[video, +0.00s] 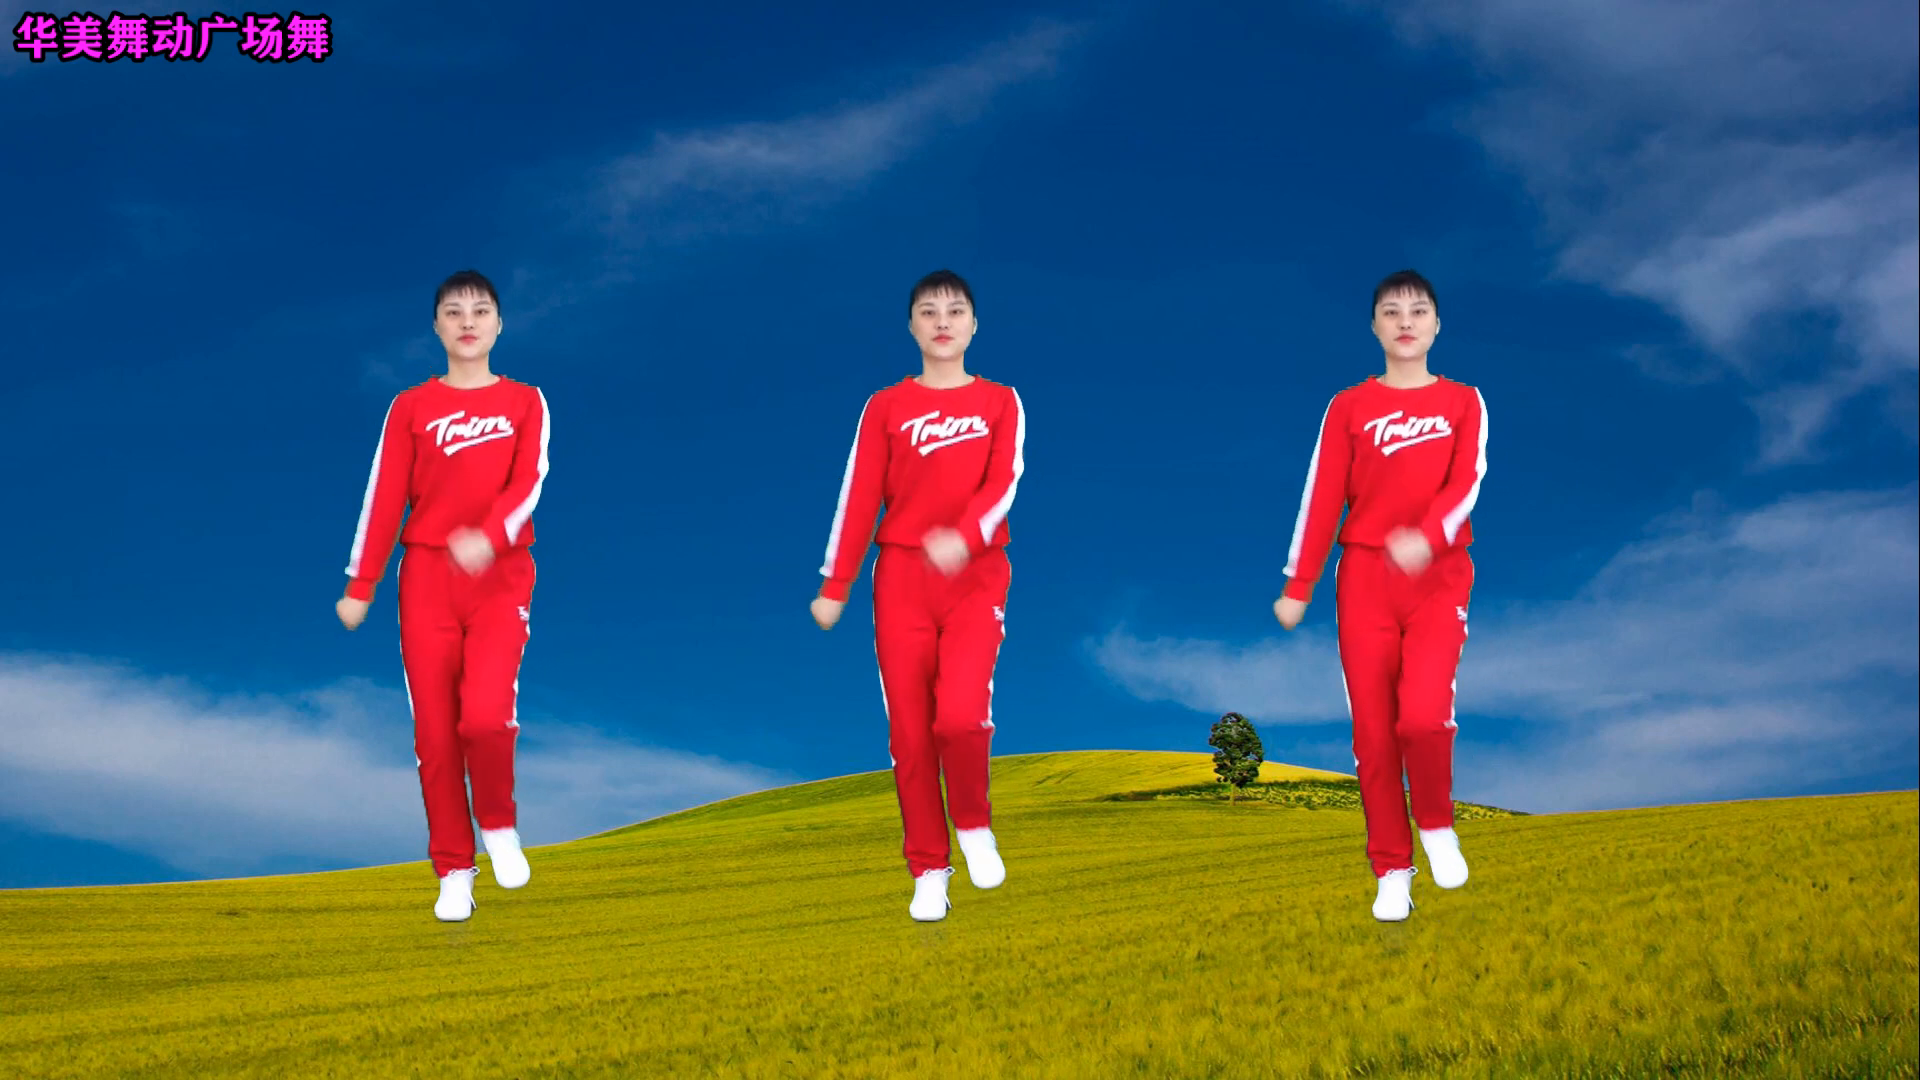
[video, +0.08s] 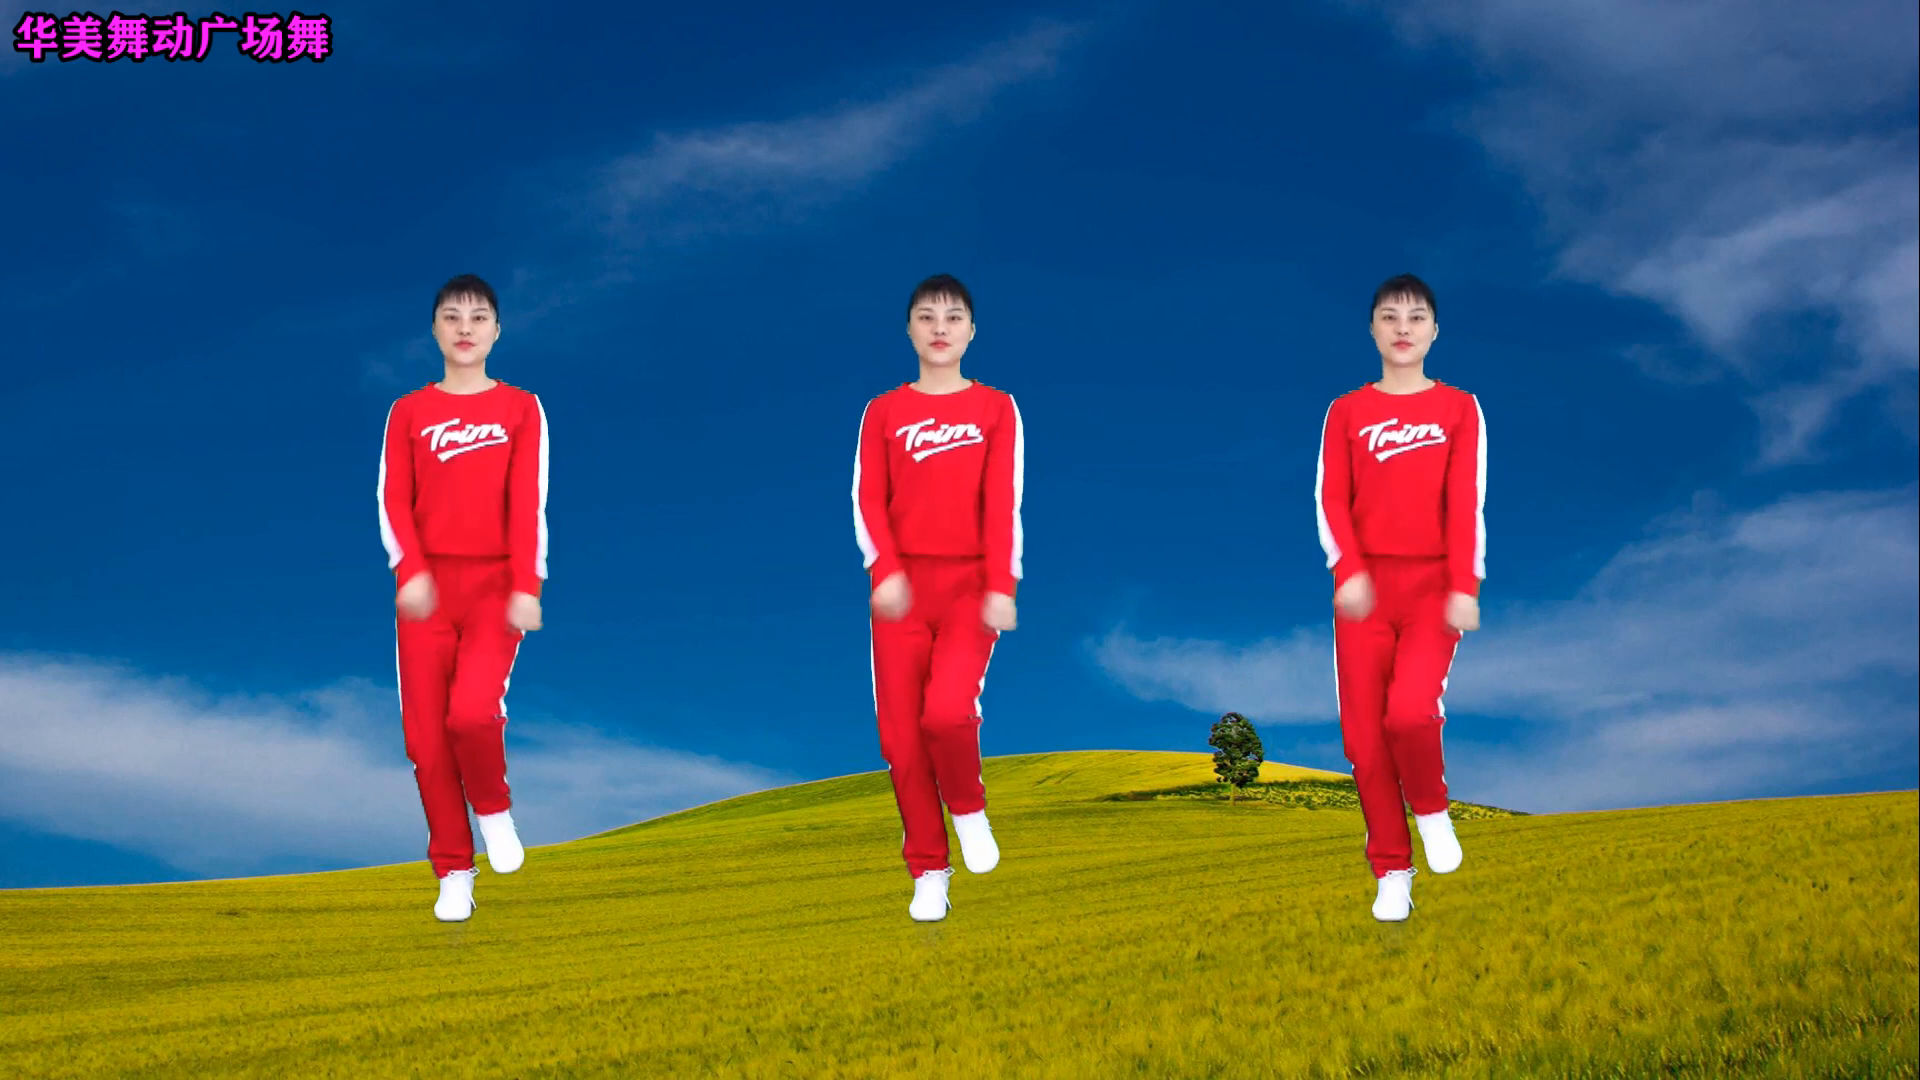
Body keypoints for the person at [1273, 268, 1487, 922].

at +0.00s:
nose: (1405, 323)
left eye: (1417, 312)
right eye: (1393, 313)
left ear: (1435, 323)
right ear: (1376, 325)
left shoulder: (1464, 402)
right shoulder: (1348, 407)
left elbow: (1467, 485)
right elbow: (1322, 499)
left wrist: (1429, 534)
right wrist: (1299, 585)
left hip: (1438, 582)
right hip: (1364, 581)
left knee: (1422, 721)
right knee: (1372, 730)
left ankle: (1436, 823)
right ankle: (1390, 866)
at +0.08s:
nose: (1403, 327)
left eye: (1415, 317)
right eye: (1390, 317)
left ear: (1433, 329)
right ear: (1374, 330)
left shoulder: (1461, 407)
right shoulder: (1346, 410)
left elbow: (1468, 499)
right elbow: (1330, 498)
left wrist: (1465, 584)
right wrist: (1348, 569)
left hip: (1435, 582)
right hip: (1364, 583)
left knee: (1409, 714)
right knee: (1363, 735)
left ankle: (1430, 810)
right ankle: (1390, 867)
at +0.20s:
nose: (1402, 310)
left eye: (1415, 300)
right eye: (1389, 300)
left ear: (1432, 312)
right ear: (1372, 312)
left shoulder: (1460, 389)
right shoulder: (1342, 393)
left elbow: (1499, 476)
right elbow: (1305, 473)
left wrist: (1517, 565)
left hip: (1437, 567)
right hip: (1361, 567)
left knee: (1410, 711)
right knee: (1369, 723)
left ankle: (1427, 818)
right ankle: (1392, 862)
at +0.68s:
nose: (1409, 322)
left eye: (1421, 311)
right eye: (1396, 311)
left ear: (1439, 321)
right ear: (1380, 323)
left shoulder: (1470, 399)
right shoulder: (1354, 403)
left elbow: (1514, 485)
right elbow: (1348, 488)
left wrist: (1555, 566)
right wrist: (1371, 555)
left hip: (1460, 573)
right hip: (1385, 575)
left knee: (1451, 728)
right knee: (1398, 722)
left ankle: (1434, 868)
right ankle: (1395, 838)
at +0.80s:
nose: (1410, 326)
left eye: (1422, 315)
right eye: (1397, 316)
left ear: (1440, 325)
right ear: (1381, 329)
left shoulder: (1472, 405)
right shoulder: (1357, 409)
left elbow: (1493, 495)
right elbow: (1337, 504)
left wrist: (1477, 568)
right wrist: (1326, 592)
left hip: (1461, 578)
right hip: (1384, 578)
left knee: (1460, 730)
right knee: (1413, 704)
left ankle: (1433, 869)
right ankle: (1400, 805)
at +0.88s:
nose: (1409, 313)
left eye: (1421, 302)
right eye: (1396, 304)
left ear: (1440, 312)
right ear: (1381, 318)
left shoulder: (1472, 391)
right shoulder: (1356, 399)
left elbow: (1500, 475)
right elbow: (1316, 484)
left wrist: (1450, 497)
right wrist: (1288, 569)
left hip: (1461, 571)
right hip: (1385, 570)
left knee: (1455, 723)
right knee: (1412, 697)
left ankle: (1435, 868)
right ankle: (1404, 806)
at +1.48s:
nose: (1398, 326)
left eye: (1411, 316)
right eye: (1386, 316)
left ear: (1429, 327)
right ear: (1369, 329)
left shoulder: (1457, 403)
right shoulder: (1343, 411)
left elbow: (1473, 497)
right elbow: (1327, 493)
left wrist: (1487, 589)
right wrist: (1366, 538)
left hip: (1430, 584)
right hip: (1356, 587)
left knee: (1402, 714)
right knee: (1356, 735)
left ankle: (1429, 807)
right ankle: (1392, 866)